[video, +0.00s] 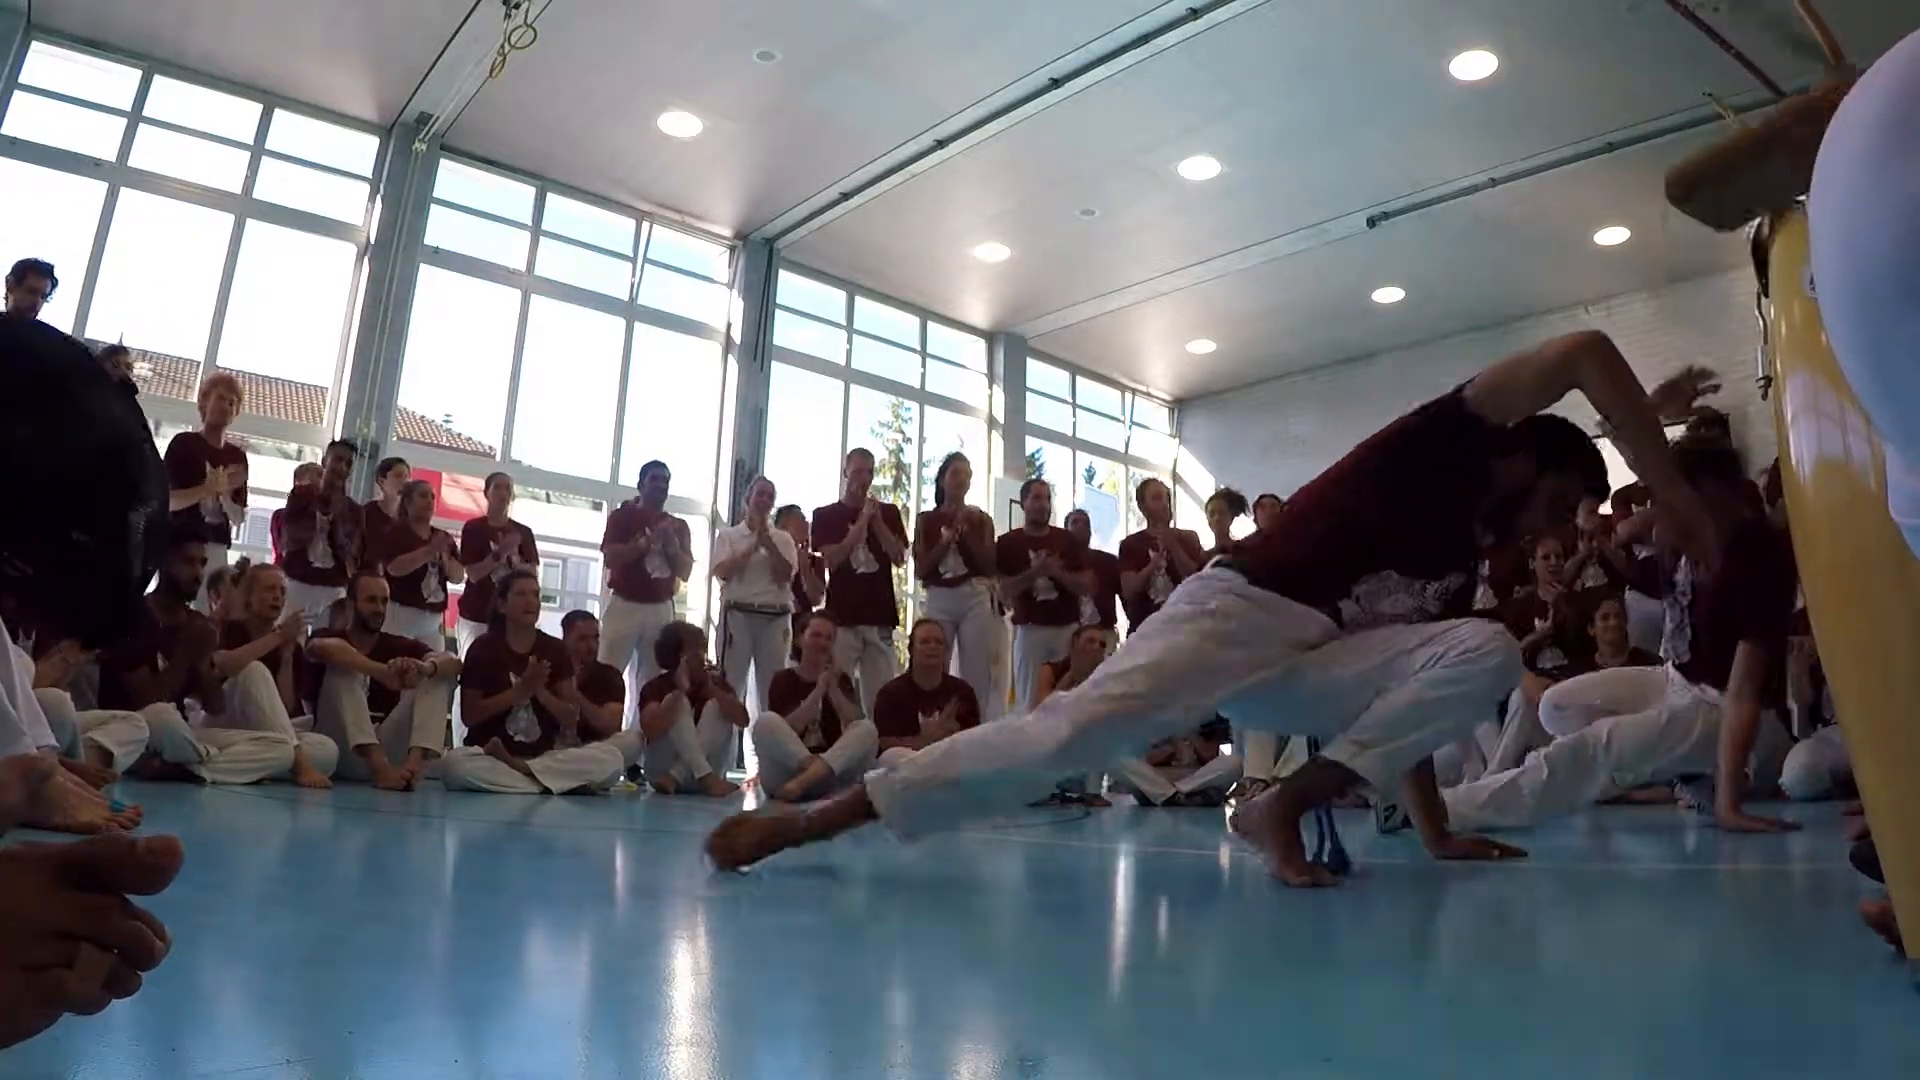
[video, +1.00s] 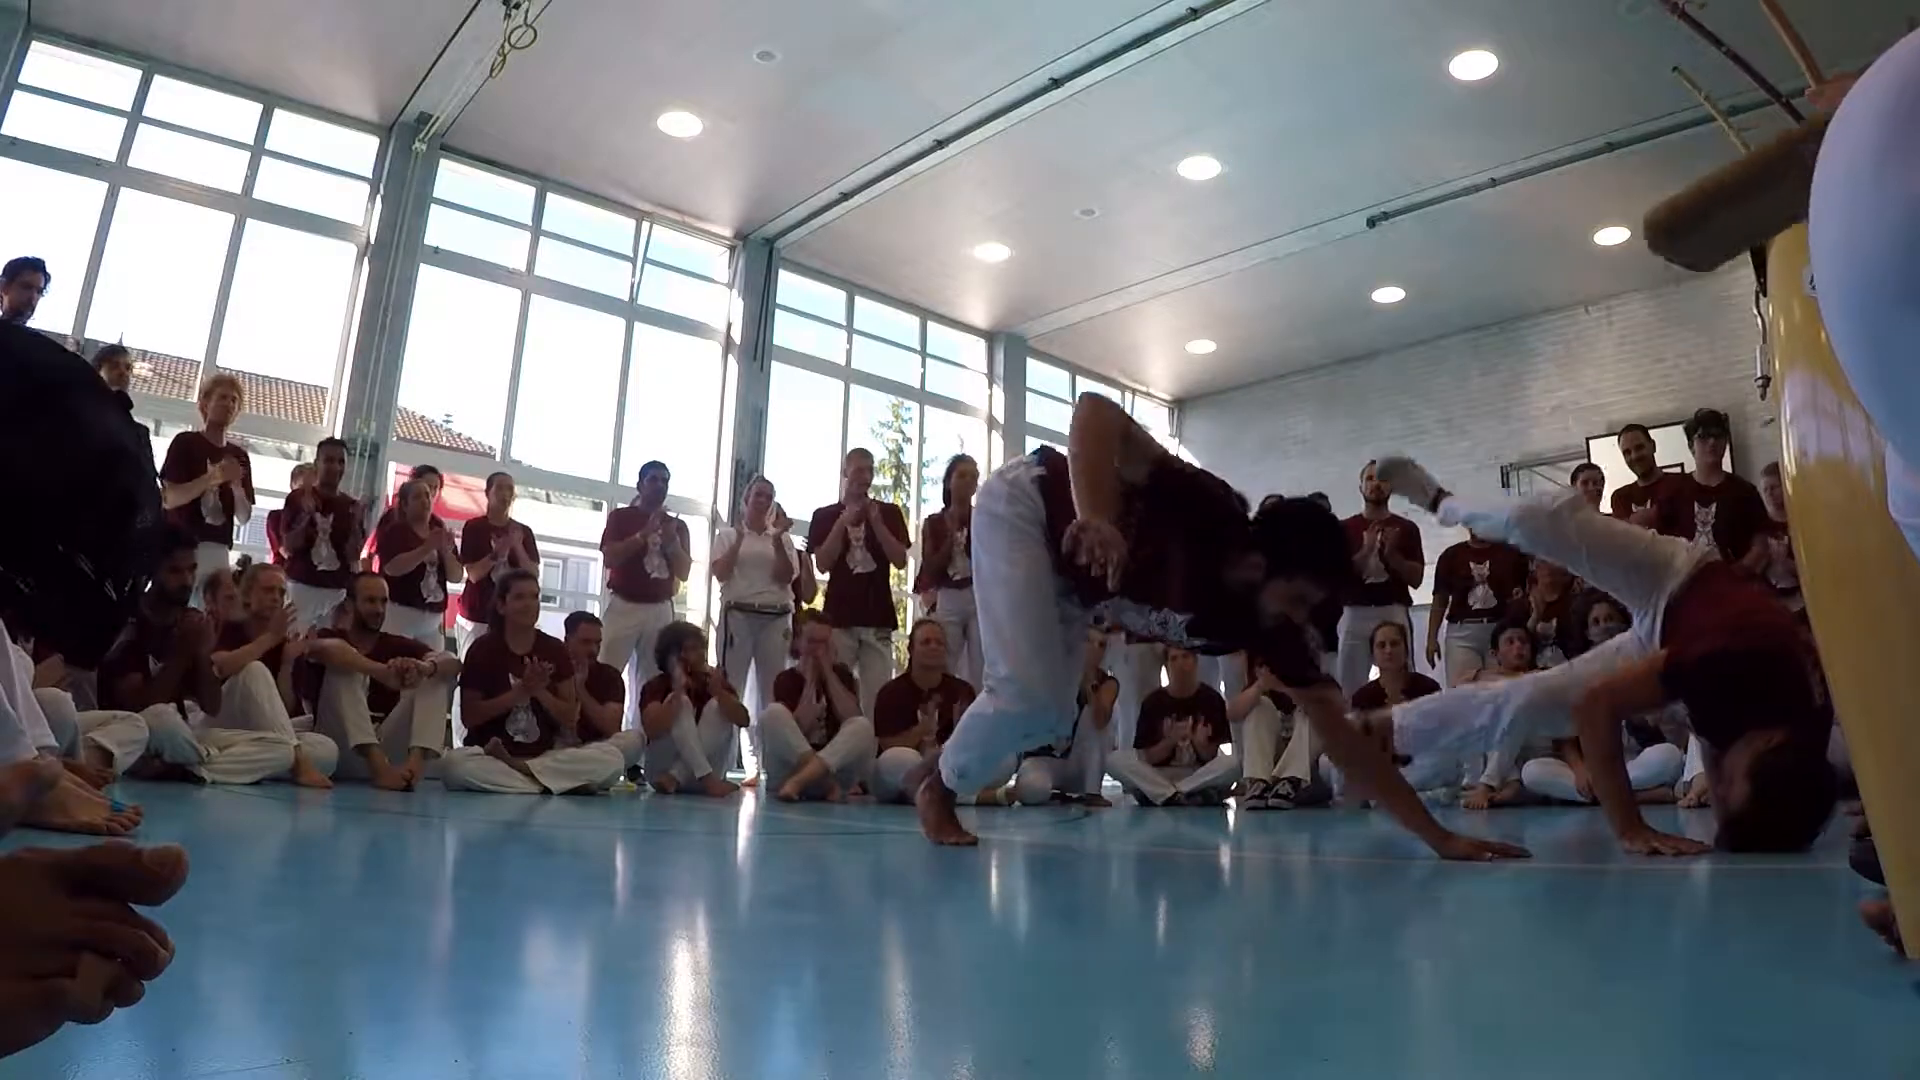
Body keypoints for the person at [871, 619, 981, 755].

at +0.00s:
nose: (933, 647)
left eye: (939, 642)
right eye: (925, 642)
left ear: (945, 650)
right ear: (911, 650)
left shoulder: (962, 691)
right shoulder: (890, 693)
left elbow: (972, 740)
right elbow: (884, 745)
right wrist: (925, 740)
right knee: (891, 757)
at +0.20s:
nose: (933, 647)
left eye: (939, 643)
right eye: (926, 642)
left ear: (947, 651)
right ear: (911, 650)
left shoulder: (962, 691)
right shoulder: (891, 692)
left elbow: (971, 748)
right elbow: (885, 746)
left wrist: (959, 723)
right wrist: (927, 731)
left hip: (951, 776)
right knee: (896, 757)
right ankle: (965, 797)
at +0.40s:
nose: (934, 647)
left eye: (939, 643)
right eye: (926, 642)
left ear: (947, 652)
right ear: (911, 651)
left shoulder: (962, 691)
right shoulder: (892, 692)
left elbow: (970, 752)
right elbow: (884, 748)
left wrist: (966, 725)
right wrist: (919, 725)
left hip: (950, 769)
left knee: (983, 761)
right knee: (895, 758)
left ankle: (926, 796)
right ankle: (969, 797)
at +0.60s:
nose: (934, 647)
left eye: (939, 643)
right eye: (926, 642)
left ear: (947, 650)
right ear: (911, 650)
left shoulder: (963, 691)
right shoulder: (891, 692)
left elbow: (972, 751)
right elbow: (890, 748)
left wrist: (956, 723)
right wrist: (935, 722)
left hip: (951, 774)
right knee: (895, 758)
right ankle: (974, 796)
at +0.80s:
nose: (934, 648)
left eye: (939, 643)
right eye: (926, 642)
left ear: (947, 650)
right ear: (911, 650)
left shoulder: (963, 692)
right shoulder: (891, 692)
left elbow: (974, 747)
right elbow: (884, 743)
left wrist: (959, 731)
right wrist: (921, 740)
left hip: (950, 775)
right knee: (897, 757)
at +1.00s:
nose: (933, 648)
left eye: (939, 643)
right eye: (925, 643)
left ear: (946, 650)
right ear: (910, 650)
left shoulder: (963, 691)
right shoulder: (891, 692)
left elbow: (972, 742)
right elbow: (886, 745)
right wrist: (921, 730)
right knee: (895, 758)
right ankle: (987, 797)